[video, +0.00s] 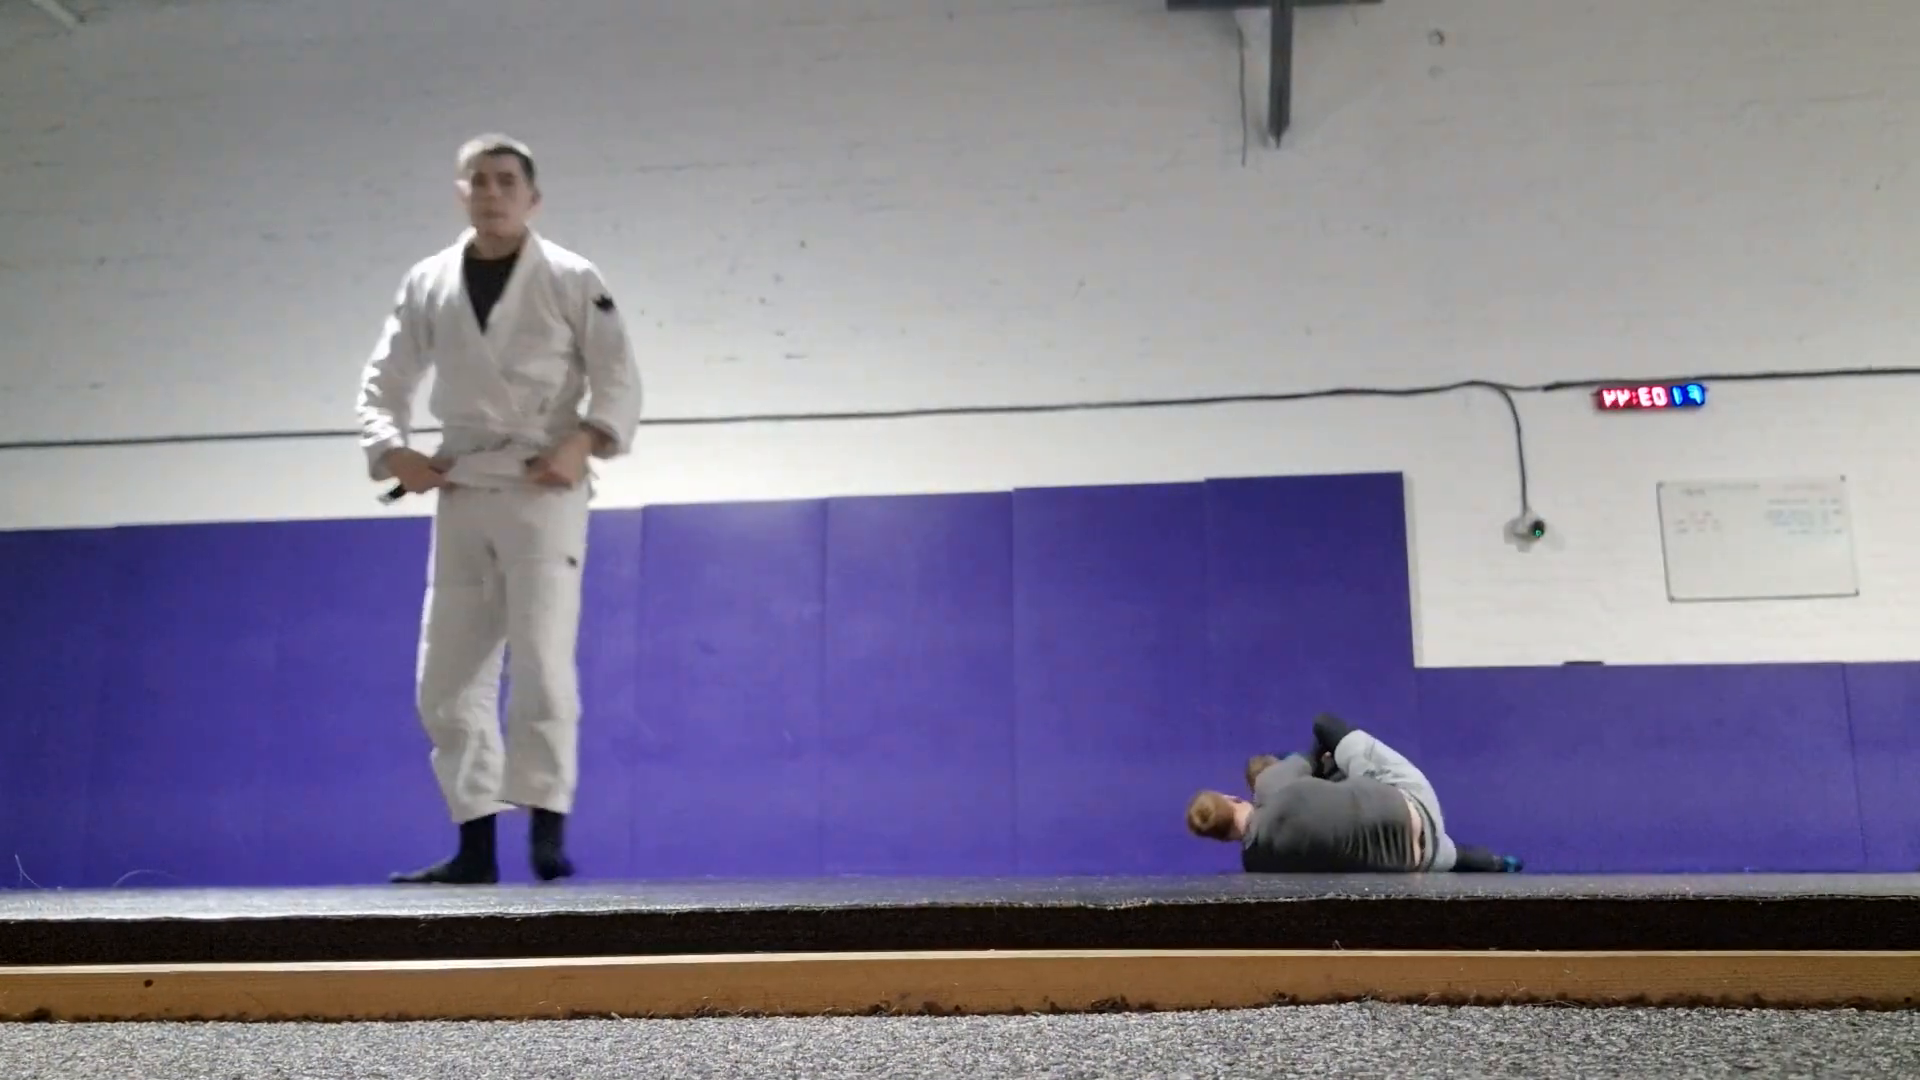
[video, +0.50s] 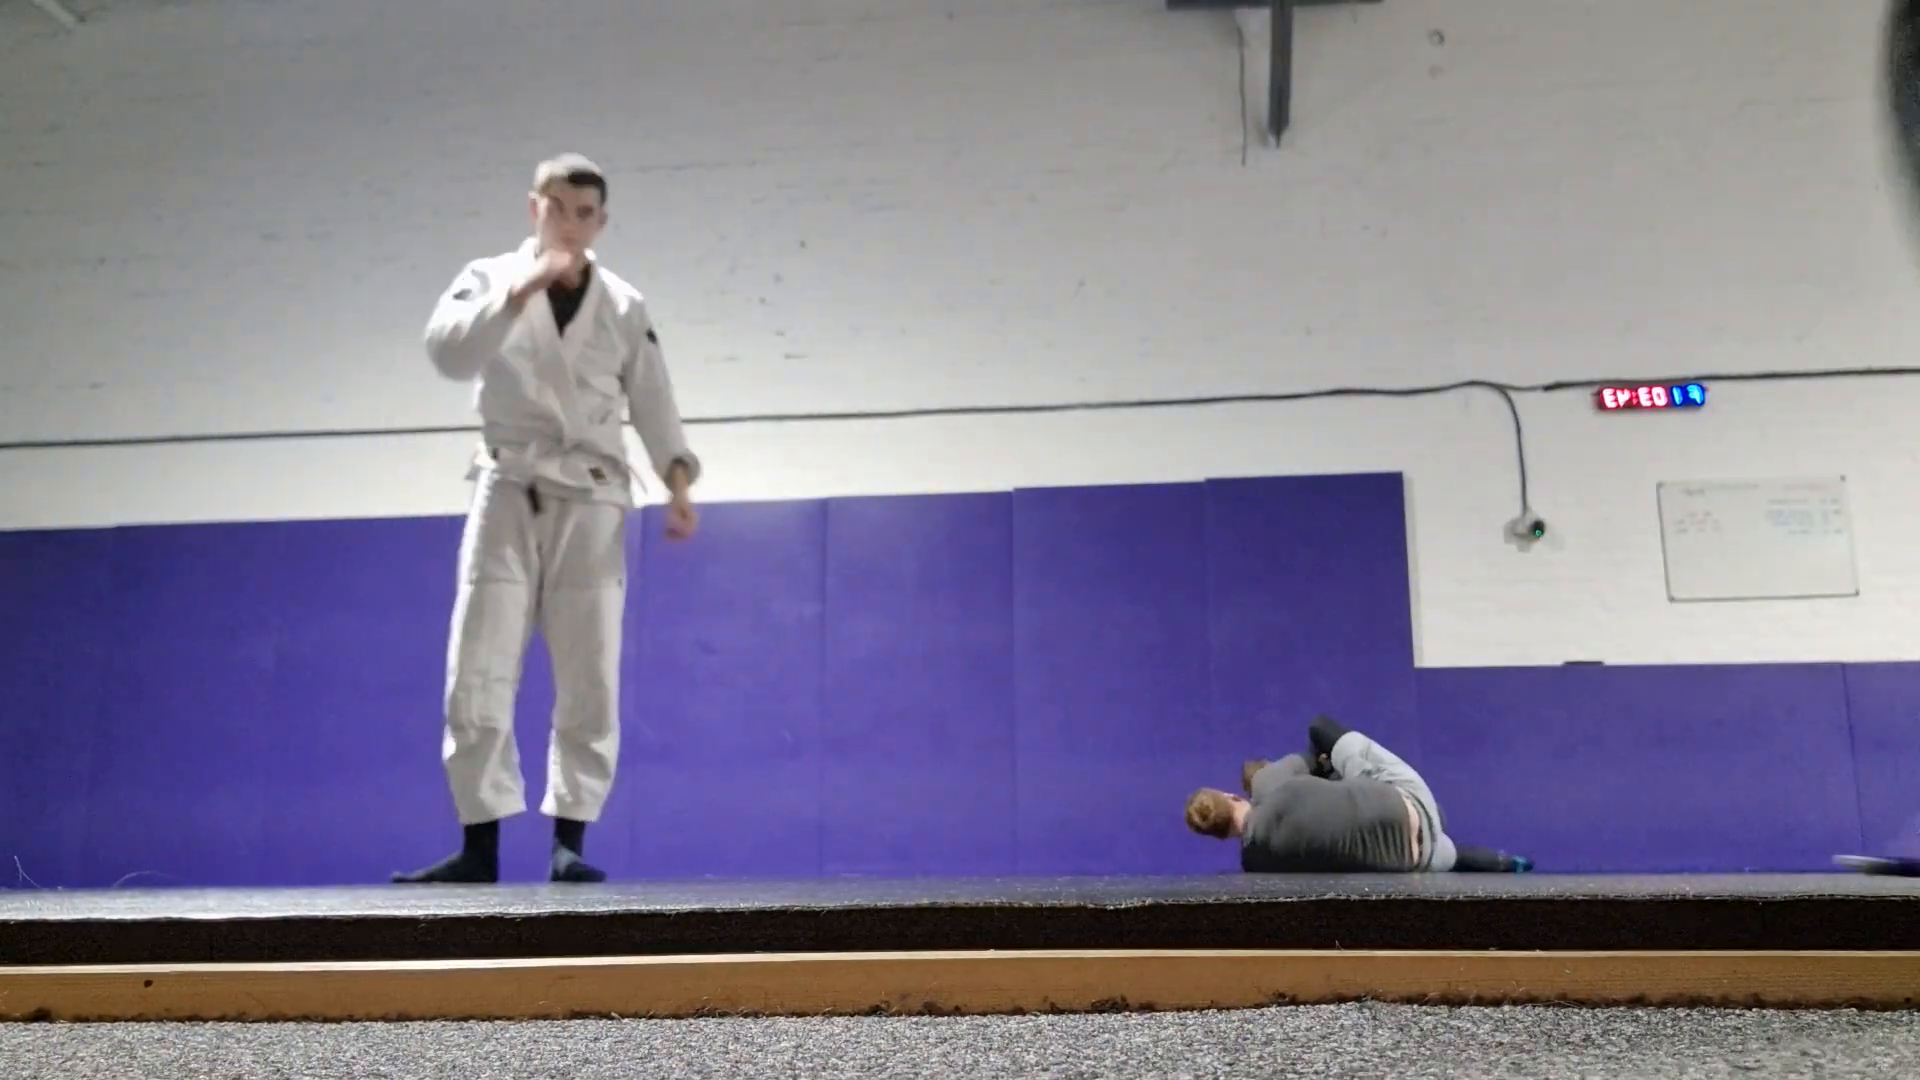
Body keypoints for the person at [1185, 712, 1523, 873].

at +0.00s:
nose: (1231, 792)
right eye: (1229, 793)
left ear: (1219, 839)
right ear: (1233, 798)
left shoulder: (1257, 866)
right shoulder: (1274, 784)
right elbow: (1305, 762)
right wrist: (1269, 769)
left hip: (1421, 861)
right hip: (1417, 810)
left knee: (1454, 854)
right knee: (1330, 726)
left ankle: (1501, 864)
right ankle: (1327, 770)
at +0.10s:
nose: (1229, 792)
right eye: (1228, 793)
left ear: (1218, 840)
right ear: (1231, 798)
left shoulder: (1257, 865)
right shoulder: (1271, 785)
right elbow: (1305, 762)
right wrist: (1267, 770)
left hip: (1422, 860)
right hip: (1415, 808)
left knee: (1453, 853)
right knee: (1329, 728)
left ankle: (1501, 864)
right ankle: (1328, 772)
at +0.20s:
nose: (1227, 791)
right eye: (1226, 792)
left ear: (1216, 838)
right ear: (1230, 797)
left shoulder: (1256, 864)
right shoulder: (1269, 783)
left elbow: (1307, 849)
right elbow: (1308, 761)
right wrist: (1267, 769)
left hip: (1421, 859)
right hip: (1414, 806)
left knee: (1453, 852)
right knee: (1329, 731)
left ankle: (1503, 864)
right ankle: (1328, 768)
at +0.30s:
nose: (1230, 791)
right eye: (1228, 792)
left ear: (1216, 837)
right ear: (1231, 797)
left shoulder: (1256, 865)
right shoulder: (1268, 782)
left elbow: (1309, 851)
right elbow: (1311, 760)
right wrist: (1270, 774)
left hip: (1420, 858)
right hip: (1413, 805)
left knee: (1456, 853)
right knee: (1324, 727)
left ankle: (1508, 865)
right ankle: (1328, 768)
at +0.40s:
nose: (1229, 790)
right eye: (1228, 790)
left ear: (1217, 836)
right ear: (1232, 795)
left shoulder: (1256, 865)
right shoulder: (1269, 782)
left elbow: (1307, 853)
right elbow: (1311, 762)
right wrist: (1266, 773)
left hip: (1420, 861)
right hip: (1415, 807)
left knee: (1452, 853)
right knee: (1322, 725)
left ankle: (1510, 864)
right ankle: (1327, 768)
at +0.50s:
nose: (1229, 790)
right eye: (1227, 791)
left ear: (1217, 836)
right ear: (1232, 795)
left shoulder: (1256, 864)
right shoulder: (1269, 782)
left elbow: (1306, 853)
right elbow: (1311, 762)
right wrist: (1264, 774)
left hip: (1420, 861)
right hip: (1416, 807)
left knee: (1451, 853)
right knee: (1322, 726)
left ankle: (1513, 864)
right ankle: (1327, 769)